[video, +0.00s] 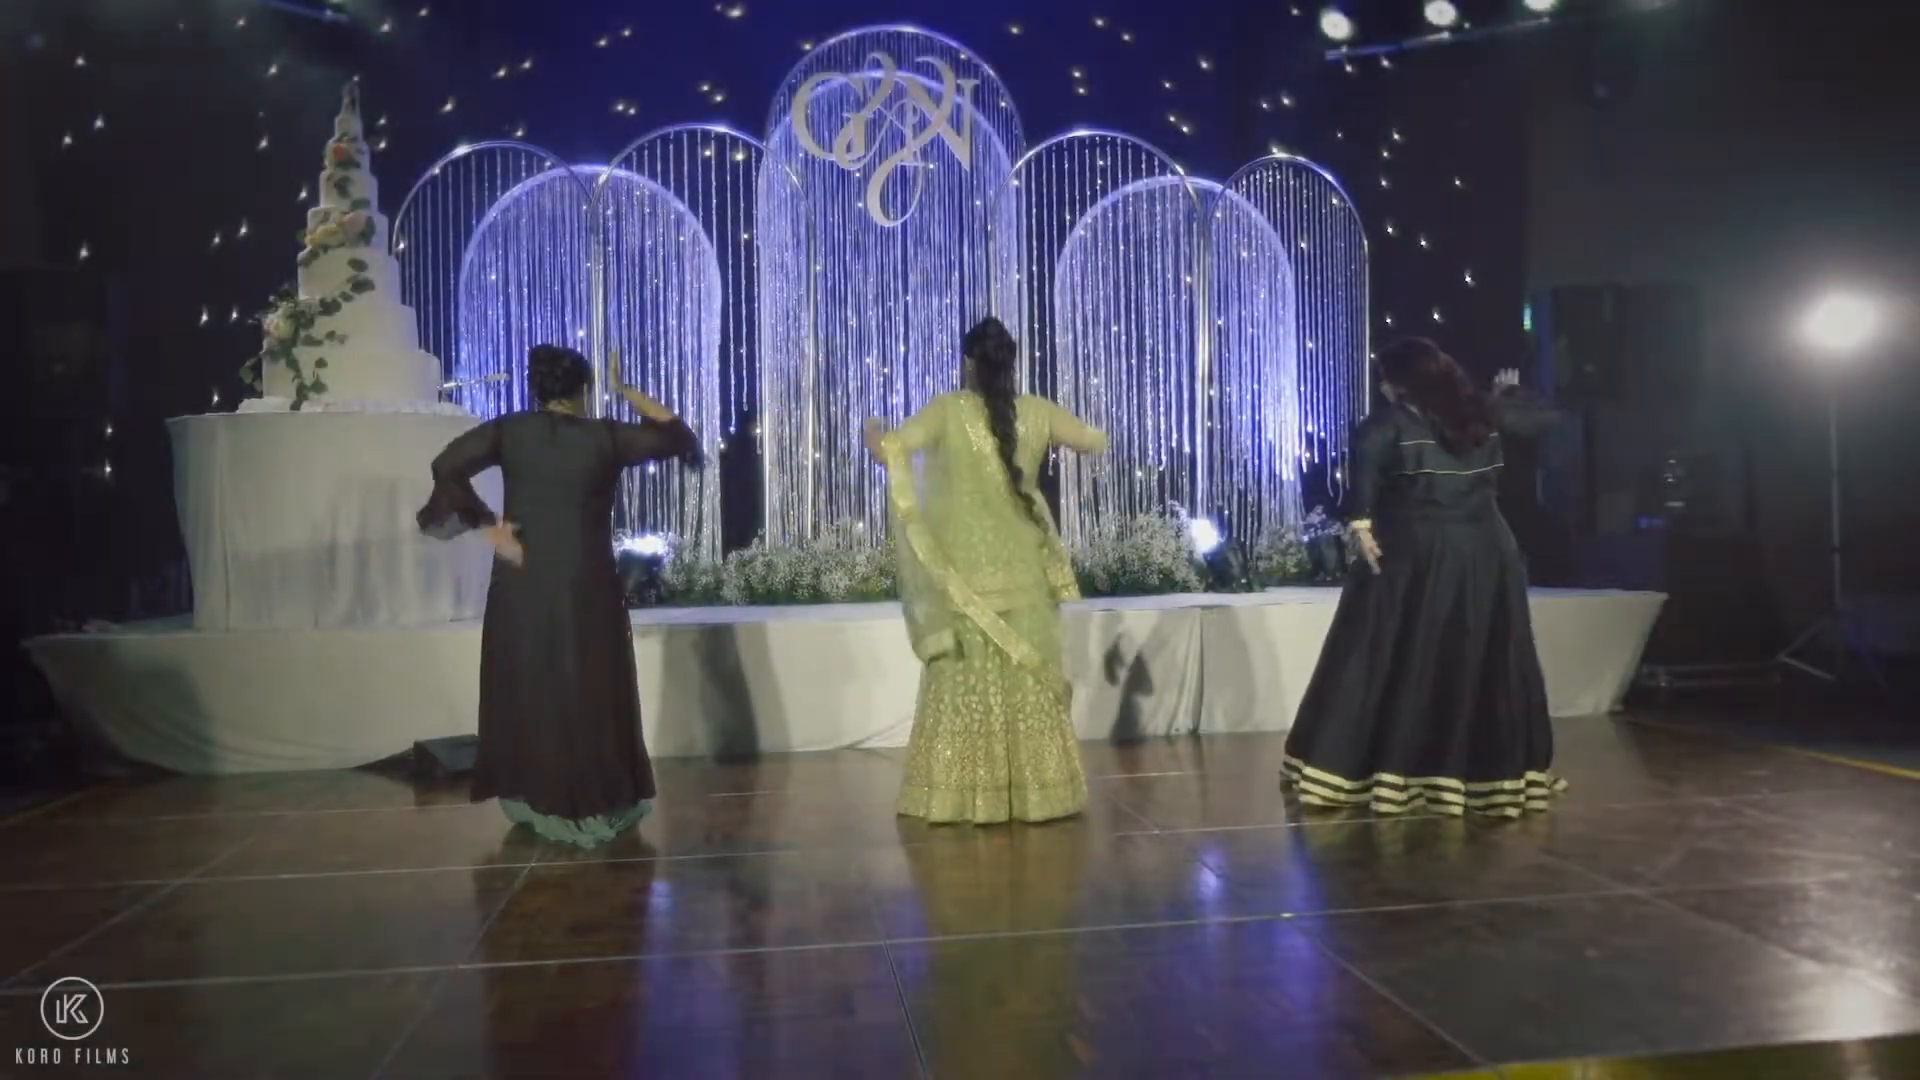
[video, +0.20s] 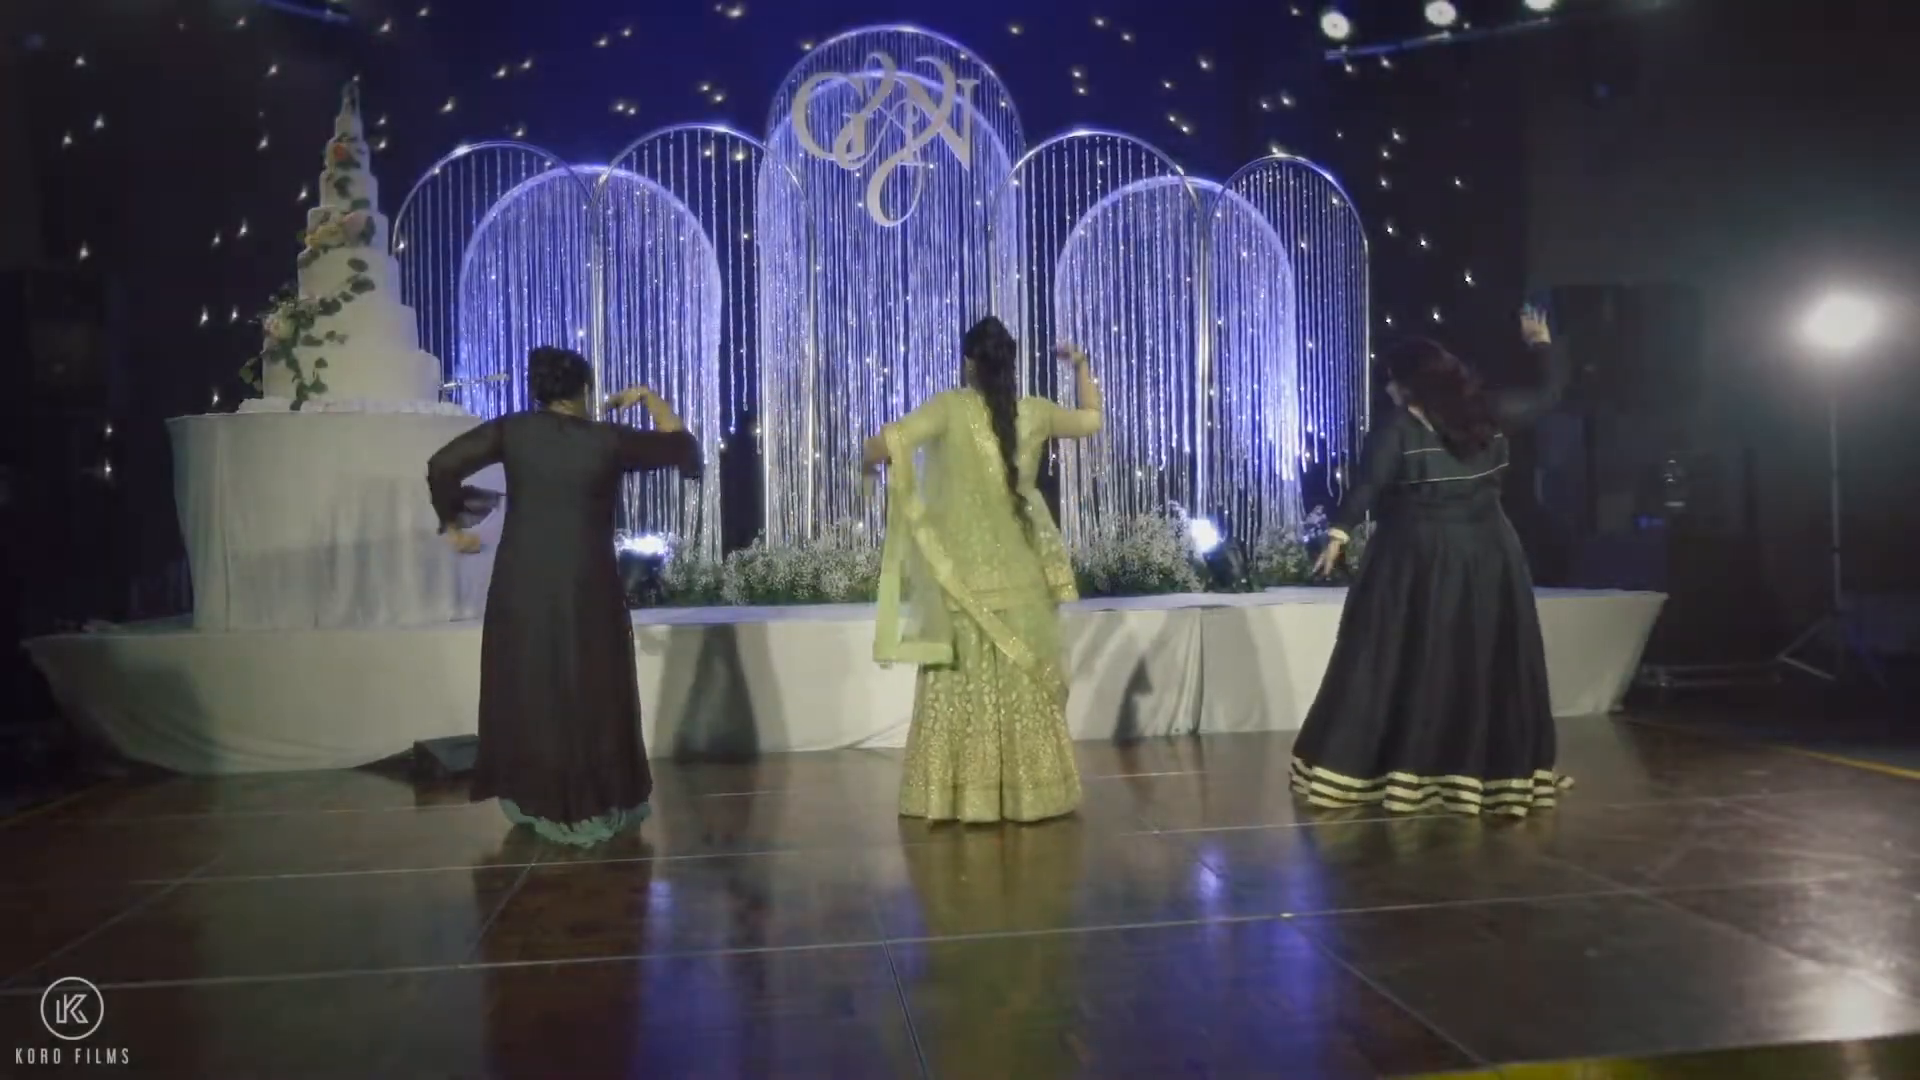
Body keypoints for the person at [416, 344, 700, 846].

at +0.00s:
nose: (583, 395)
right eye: (583, 388)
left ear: (535, 389)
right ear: (583, 390)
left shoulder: (509, 430)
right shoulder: (604, 437)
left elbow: (446, 467)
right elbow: (678, 438)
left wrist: (489, 525)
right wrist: (639, 400)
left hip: (522, 584)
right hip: (584, 583)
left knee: (527, 691)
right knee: (592, 691)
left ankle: (533, 805)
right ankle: (594, 808)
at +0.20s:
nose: (589, 396)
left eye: (584, 389)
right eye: (588, 389)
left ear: (537, 392)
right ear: (584, 392)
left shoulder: (511, 430)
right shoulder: (607, 440)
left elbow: (442, 467)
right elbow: (685, 454)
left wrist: (454, 524)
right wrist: (655, 402)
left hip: (521, 584)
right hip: (585, 586)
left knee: (528, 692)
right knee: (592, 691)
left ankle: (534, 807)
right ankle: (593, 810)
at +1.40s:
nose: (579, 391)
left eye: (552, 386)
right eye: (585, 382)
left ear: (544, 391)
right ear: (591, 386)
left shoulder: (530, 433)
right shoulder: (621, 430)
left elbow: (466, 401)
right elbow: (671, 382)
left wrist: (483, 346)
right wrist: (642, 336)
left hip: (546, 582)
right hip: (609, 581)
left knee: (546, 691)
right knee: (612, 689)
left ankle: (552, 811)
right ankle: (611, 808)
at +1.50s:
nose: (564, 397)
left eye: (553, 390)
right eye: (585, 384)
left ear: (551, 393)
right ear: (596, 386)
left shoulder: (537, 435)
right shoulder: (630, 424)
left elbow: (466, 424)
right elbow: (685, 381)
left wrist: (455, 380)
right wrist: (661, 344)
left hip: (565, 585)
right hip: (627, 582)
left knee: (557, 696)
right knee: (621, 693)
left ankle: (562, 817)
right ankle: (622, 811)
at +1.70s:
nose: (552, 408)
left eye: (551, 399)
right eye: (557, 398)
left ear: (554, 401)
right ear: (599, 390)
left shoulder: (549, 453)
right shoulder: (639, 426)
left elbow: (474, 481)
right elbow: (695, 394)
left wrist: (422, 445)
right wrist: (689, 355)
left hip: (585, 592)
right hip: (646, 588)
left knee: (578, 696)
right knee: (636, 692)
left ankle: (582, 812)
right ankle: (634, 806)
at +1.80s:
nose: (548, 410)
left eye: (547, 401)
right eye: (553, 400)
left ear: (551, 403)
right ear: (597, 393)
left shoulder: (550, 459)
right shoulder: (638, 430)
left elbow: (487, 508)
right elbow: (697, 414)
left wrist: (414, 490)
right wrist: (690, 361)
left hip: (588, 593)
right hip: (649, 588)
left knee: (580, 693)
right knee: (637, 691)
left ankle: (579, 809)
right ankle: (631, 806)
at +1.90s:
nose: (545, 419)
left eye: (544, 409)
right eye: (546, 409)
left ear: (552, 408)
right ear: (593, 398)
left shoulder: (548, 466)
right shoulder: (639, 432)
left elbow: (505, 532)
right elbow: (696, 435)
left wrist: (433, 529)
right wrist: (693, 394)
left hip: (591, 593)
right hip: (653, 588)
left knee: (578, 693)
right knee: (640, 691)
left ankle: (578, 810)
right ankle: (635, 807)